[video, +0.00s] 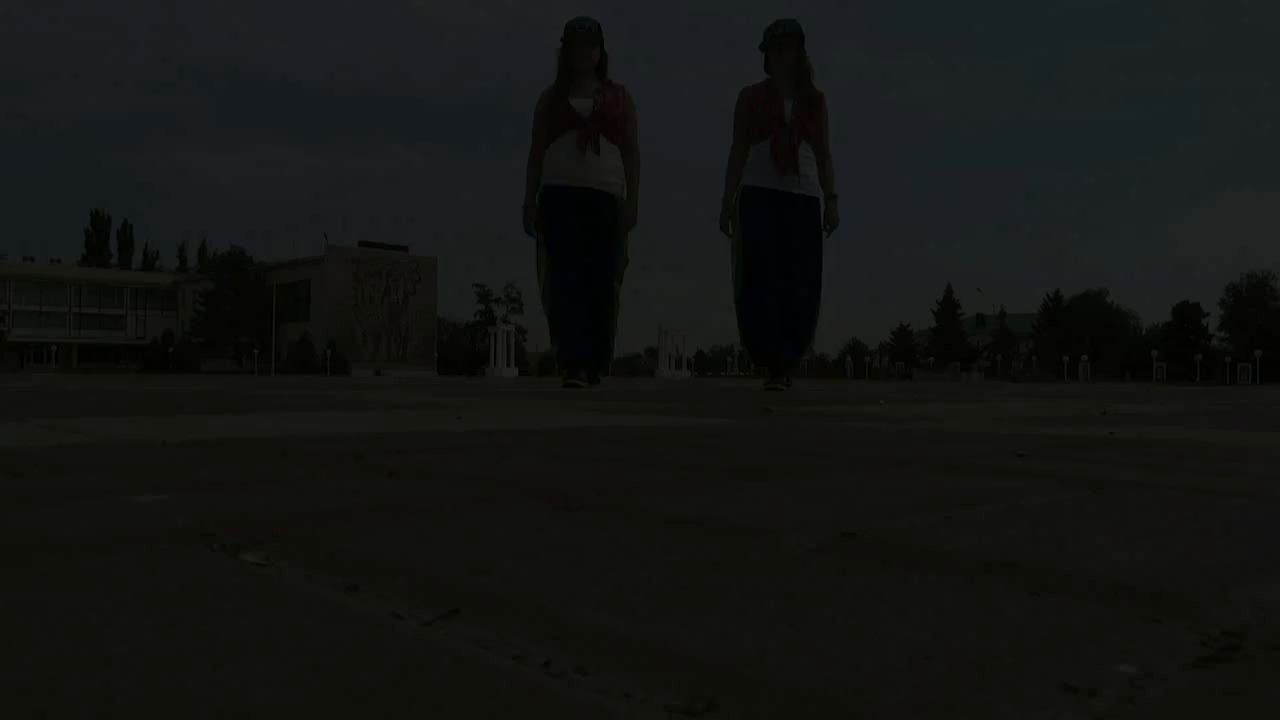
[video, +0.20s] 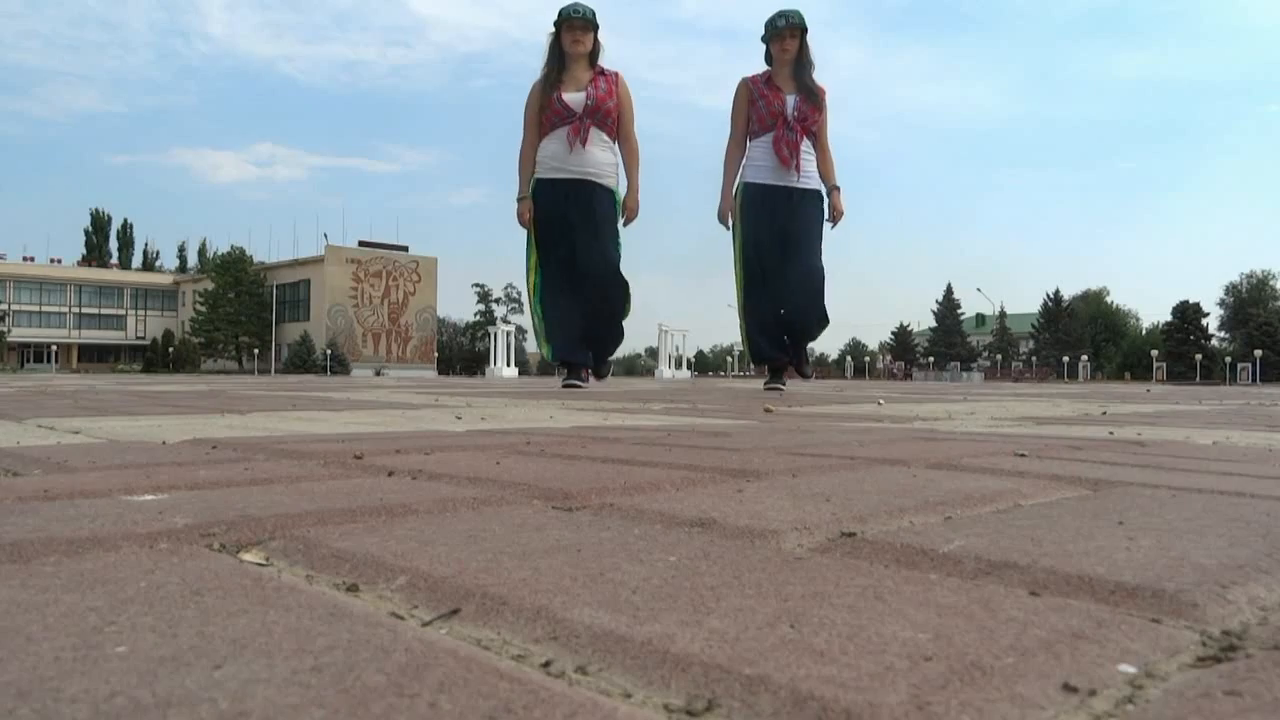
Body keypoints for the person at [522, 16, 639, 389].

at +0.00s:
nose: (584, 54)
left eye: (590, 46)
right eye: (577, 46)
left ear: (600, 51)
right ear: (565, 51)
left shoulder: (617, 97)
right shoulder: (551, 97)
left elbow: (630, 152)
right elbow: (537, 152)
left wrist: (631, 203)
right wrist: (531, 200)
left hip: (604, 197)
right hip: (558, 196)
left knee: (600, 280)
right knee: (561, 280)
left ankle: (594, 365)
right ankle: (569, 365)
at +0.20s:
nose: (576, 36)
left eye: (584, 30)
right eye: (569, 29)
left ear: (594, 36)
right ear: (559, 35)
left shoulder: (614, 82)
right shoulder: (542, 86)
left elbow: (627, 138)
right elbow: (530, 142)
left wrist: (633, 189)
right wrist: (524, 192)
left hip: (597, 187)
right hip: (550, 186)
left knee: (600, 271)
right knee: (559, 273)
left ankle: (601, 351)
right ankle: (574, 364)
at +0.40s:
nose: (573, 24)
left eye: (580, 18)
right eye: (565, 17)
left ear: (591, 24)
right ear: (554, 22)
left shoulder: (608, 72)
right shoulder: (534, 74)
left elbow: (621, 129)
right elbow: (523, 132)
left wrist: (629, 182)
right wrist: (520, 184)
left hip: (594, 177)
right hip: (545, 179)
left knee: (580, 257)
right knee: (551, 266)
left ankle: (582, 357)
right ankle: (566, 360)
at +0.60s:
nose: (569, 13)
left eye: (577, 8)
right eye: (561, 6)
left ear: (588, 16)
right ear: (548, 12)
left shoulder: (604, 64)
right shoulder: (528, 66)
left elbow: (615, 127)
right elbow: (516, 127)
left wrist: (621, 184)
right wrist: (512, 182)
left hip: (589, 176)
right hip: (538, 176)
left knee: (569, 262)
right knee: (541, 267)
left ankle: (552, 353)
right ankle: (574, 359)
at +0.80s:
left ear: (585, 2)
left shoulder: (600, 50)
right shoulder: (521, 48)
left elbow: (612, 115)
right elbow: (507, 112)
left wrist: (620, 175)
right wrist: (498, 170)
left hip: (583, 161)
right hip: (530, 164)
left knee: (567, 258)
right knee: (530, 260)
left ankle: (546, 361)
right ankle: (559, 353)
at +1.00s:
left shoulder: (599, 33)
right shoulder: (516, 32)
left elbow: (613, 95)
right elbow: (501, 97)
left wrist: (616, 149)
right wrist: (486, 154)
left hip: (580, 154)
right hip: (524, 154)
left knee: (571, 257)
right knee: (522, 243)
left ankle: (549, 360)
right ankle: (520, 335)